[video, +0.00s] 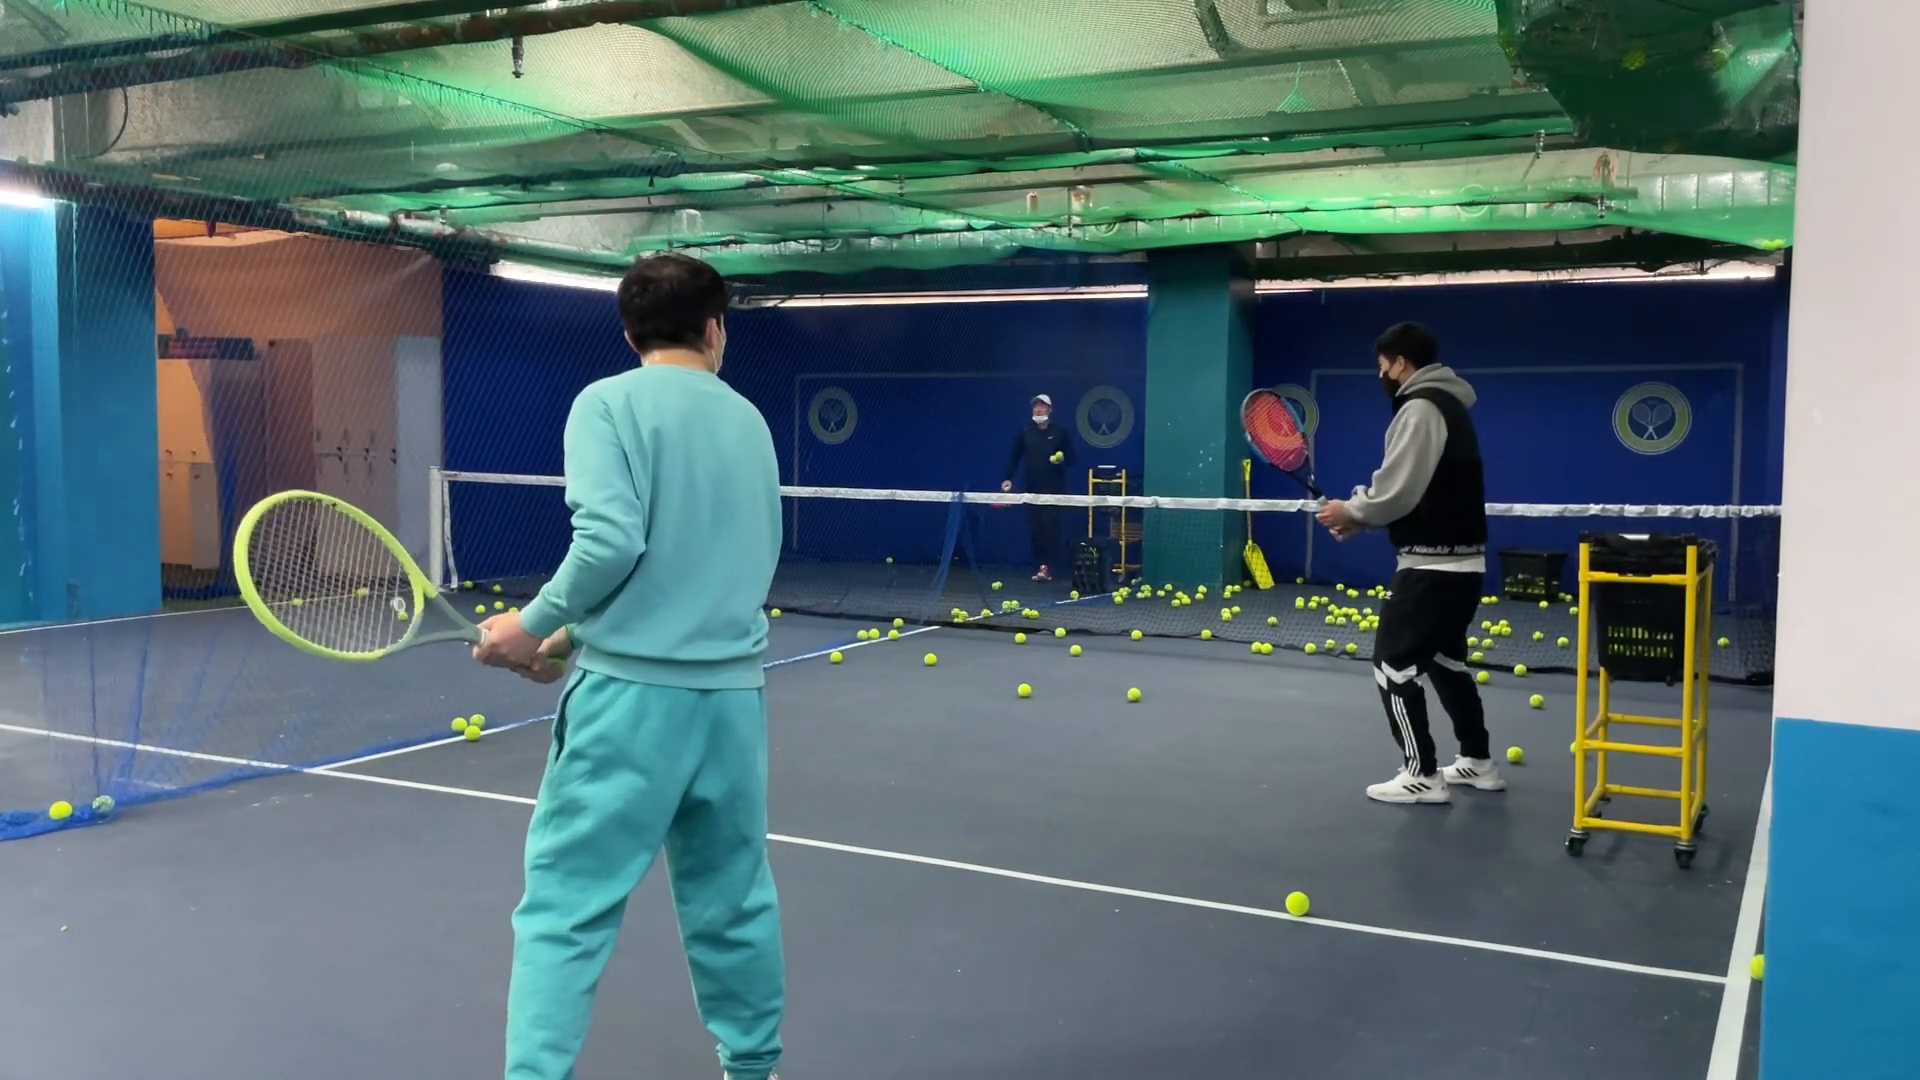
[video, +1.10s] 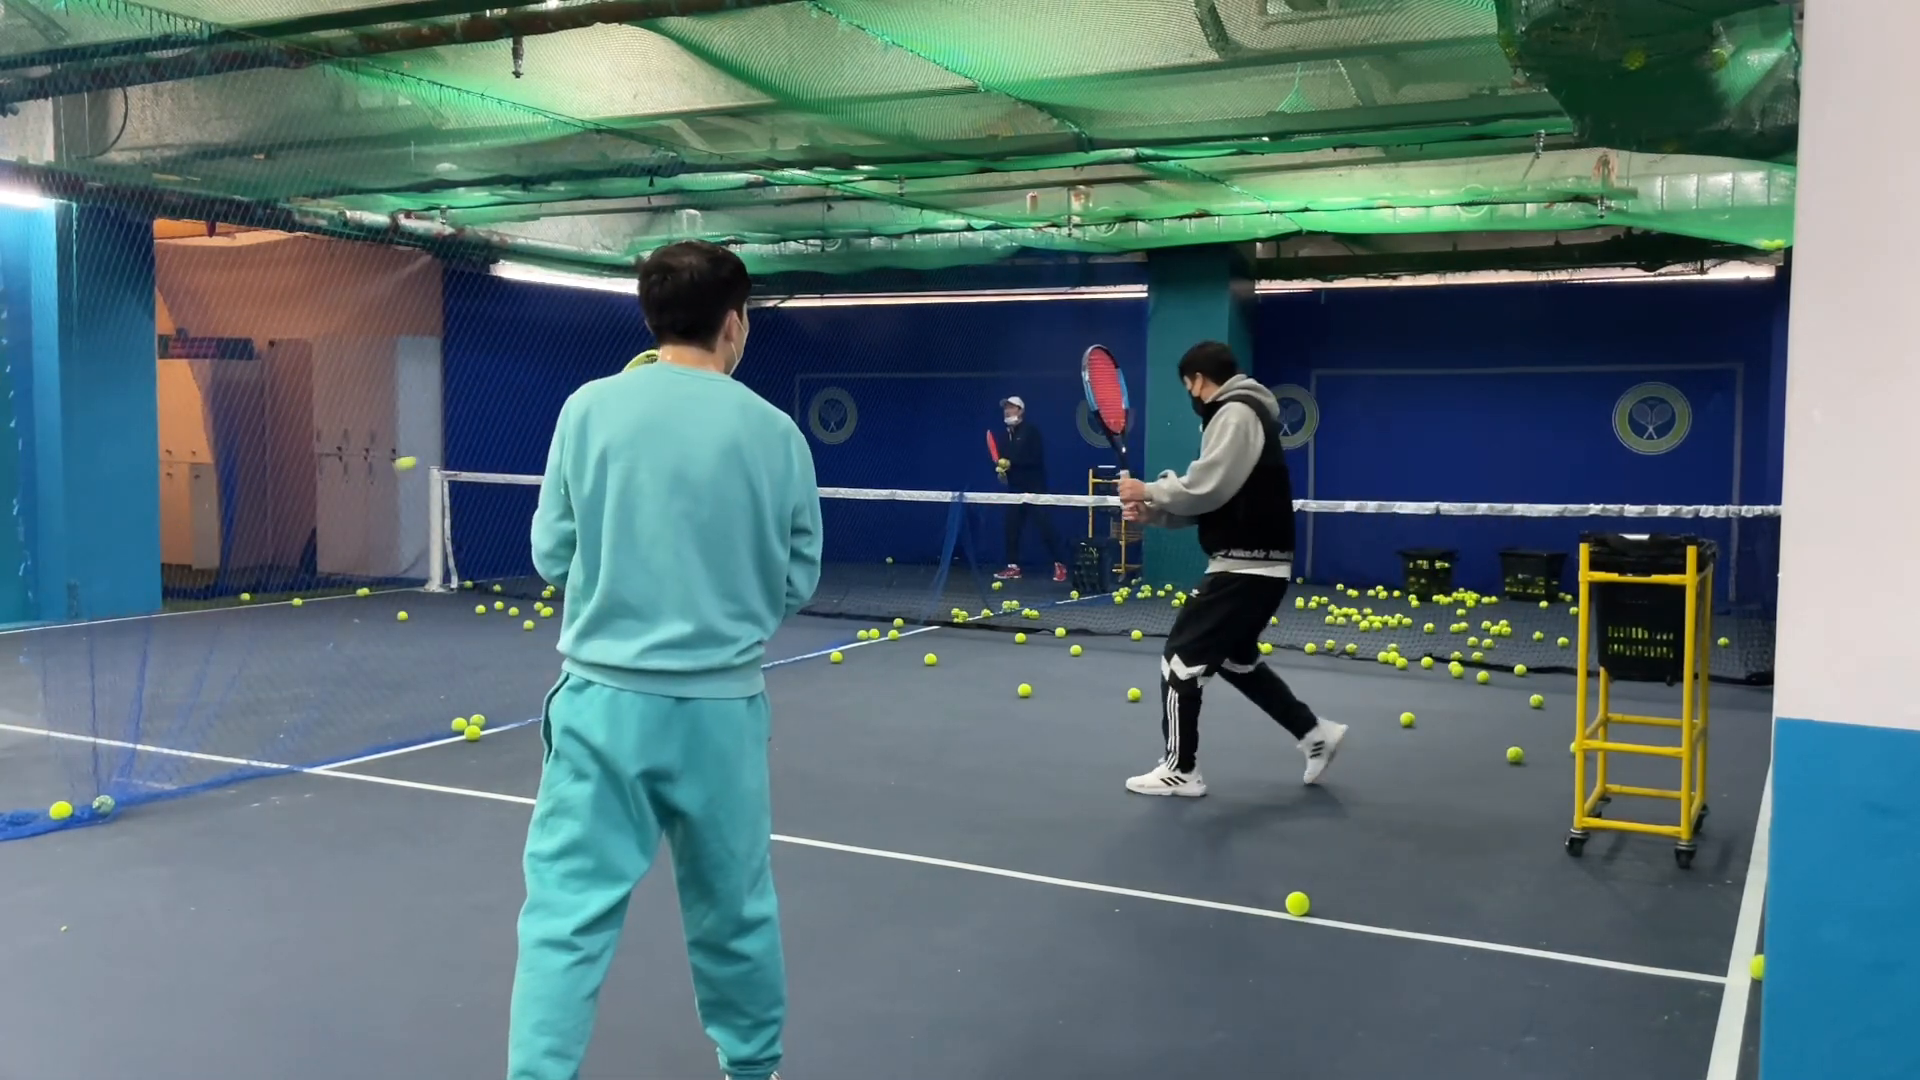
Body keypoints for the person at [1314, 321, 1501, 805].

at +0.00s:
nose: (1383, 374)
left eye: (1384, 365)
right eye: (1382, 365)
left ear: (1402, 362)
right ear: (1423, 360)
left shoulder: (1420, 410)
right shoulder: (1449, 406)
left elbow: (1398, 487)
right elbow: (1419, 491)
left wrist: (1350, 508)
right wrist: (1362, 518)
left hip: (1430, 568)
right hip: (1462, 567)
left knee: (1394, 668)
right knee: (1447, 661)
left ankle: (1421, 775)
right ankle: (1478, 762)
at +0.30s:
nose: (1350, 376)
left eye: (1351, 368)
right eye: (1350, 368)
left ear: (1364, 366)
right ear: (1392, 364)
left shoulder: (1379, 413)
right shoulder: (1412, 409)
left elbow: (1352, 490)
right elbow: (1384, 496)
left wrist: (1312, 508)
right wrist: (1327, 524)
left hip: (1395, 567)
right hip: (1414, 563)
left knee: (1370, 666)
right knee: (1373, 661)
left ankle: (1422, 777)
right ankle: (1406, 757)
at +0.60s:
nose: (1304, 380)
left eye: (1303, 372)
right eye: (1303, 372)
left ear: (1315, 370)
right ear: (1344, 365)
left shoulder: (1331, 412)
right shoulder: (1364, 409)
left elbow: (1305, 488)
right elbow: (1334, 499)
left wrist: (1261, 505)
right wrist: (1273, 520)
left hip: (1348, 567)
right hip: (1371, 565)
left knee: (1305, 664)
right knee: (1331, 664)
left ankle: (1384, 745)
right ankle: (1354, 763)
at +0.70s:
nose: (1285, 386)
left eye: (1284, 377)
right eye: (1284, 378)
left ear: (1297, 373)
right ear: (1323, 369)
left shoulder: (1318, 415)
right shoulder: (1344, 412)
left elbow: (1291, 488)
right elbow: (1312, 500)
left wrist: (1242, 506)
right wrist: (1254, 520)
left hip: (1332, 566)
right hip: (1354, 565)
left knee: (1271, 654)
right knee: (1318, 662)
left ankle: (1326, 752)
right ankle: (1357, 761)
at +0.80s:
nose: (1264, 382)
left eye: (1263, 373)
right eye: (1262, 374)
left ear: (1276, 370)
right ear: (1301, 364)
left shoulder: (1301, 411)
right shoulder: (1320, 408)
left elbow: (1278, 482)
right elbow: (1293, 494)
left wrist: (1226, 501)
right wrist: (1236, 518)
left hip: (1314, 563)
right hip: (1336, 562)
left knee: (1251, 653)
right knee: (1314, 662)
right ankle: (1358, 765)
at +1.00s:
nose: (1215, 390)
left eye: (1214, 381)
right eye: (1212, 383)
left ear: (1225, 374)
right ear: (1251, 369)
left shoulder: (1255, 410)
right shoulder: (1273, 408)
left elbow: (1231, 485)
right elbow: (1242, 493)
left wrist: (1178, 494)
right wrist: (1183, 509)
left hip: (1264, 566)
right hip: (1290, 565)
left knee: (1213, 665)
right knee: (1285, 666)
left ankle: (1182, 769)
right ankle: (1348, 752)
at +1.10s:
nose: (1190, 395)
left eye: (1189, 386)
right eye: (1188, 387)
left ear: (1200, 380)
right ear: (1225, 374)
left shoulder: (1235, 414)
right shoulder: (1243, 411)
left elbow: (1208, 485)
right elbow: (1213, 499)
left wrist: (1151, 491)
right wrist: (1157, 512)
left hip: (1245, 568)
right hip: (1259, 568)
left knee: (1182, 658)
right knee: (1236, 660)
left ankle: (1179, 770)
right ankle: (1316, 734)